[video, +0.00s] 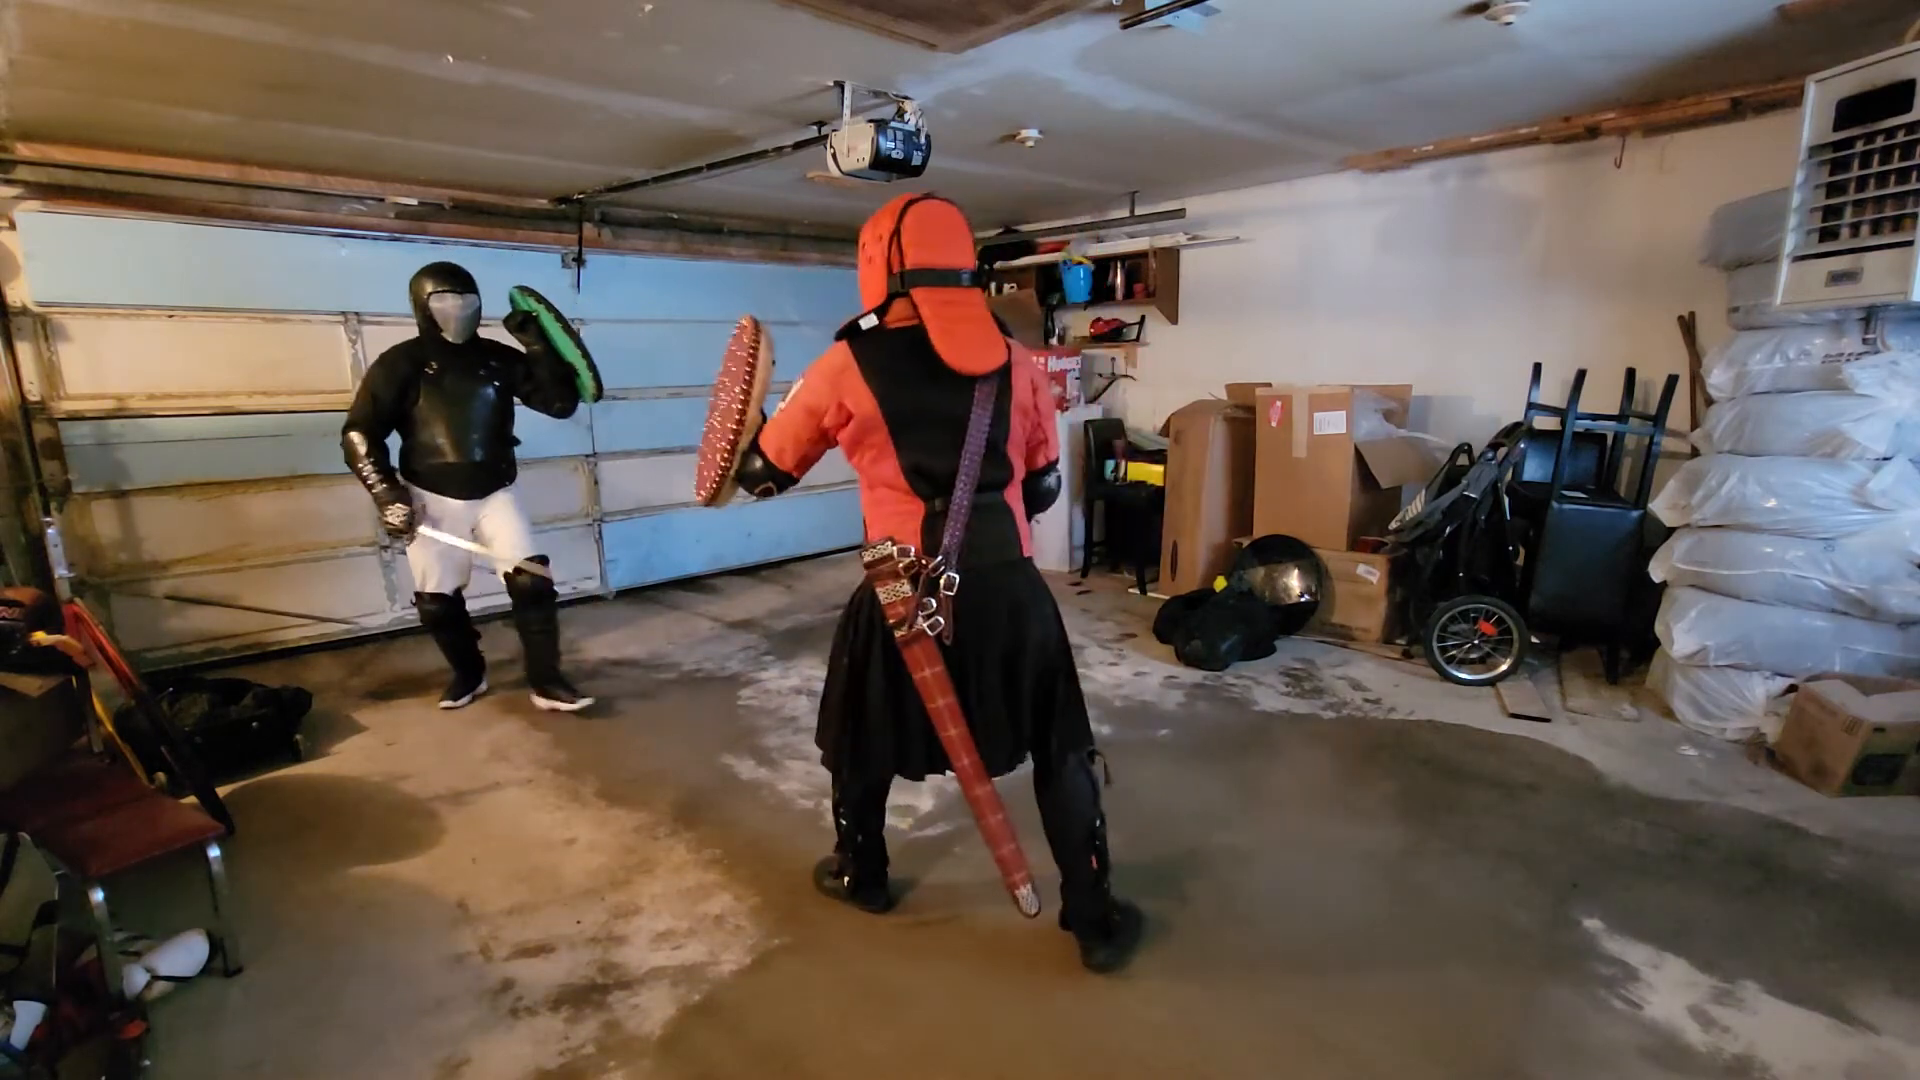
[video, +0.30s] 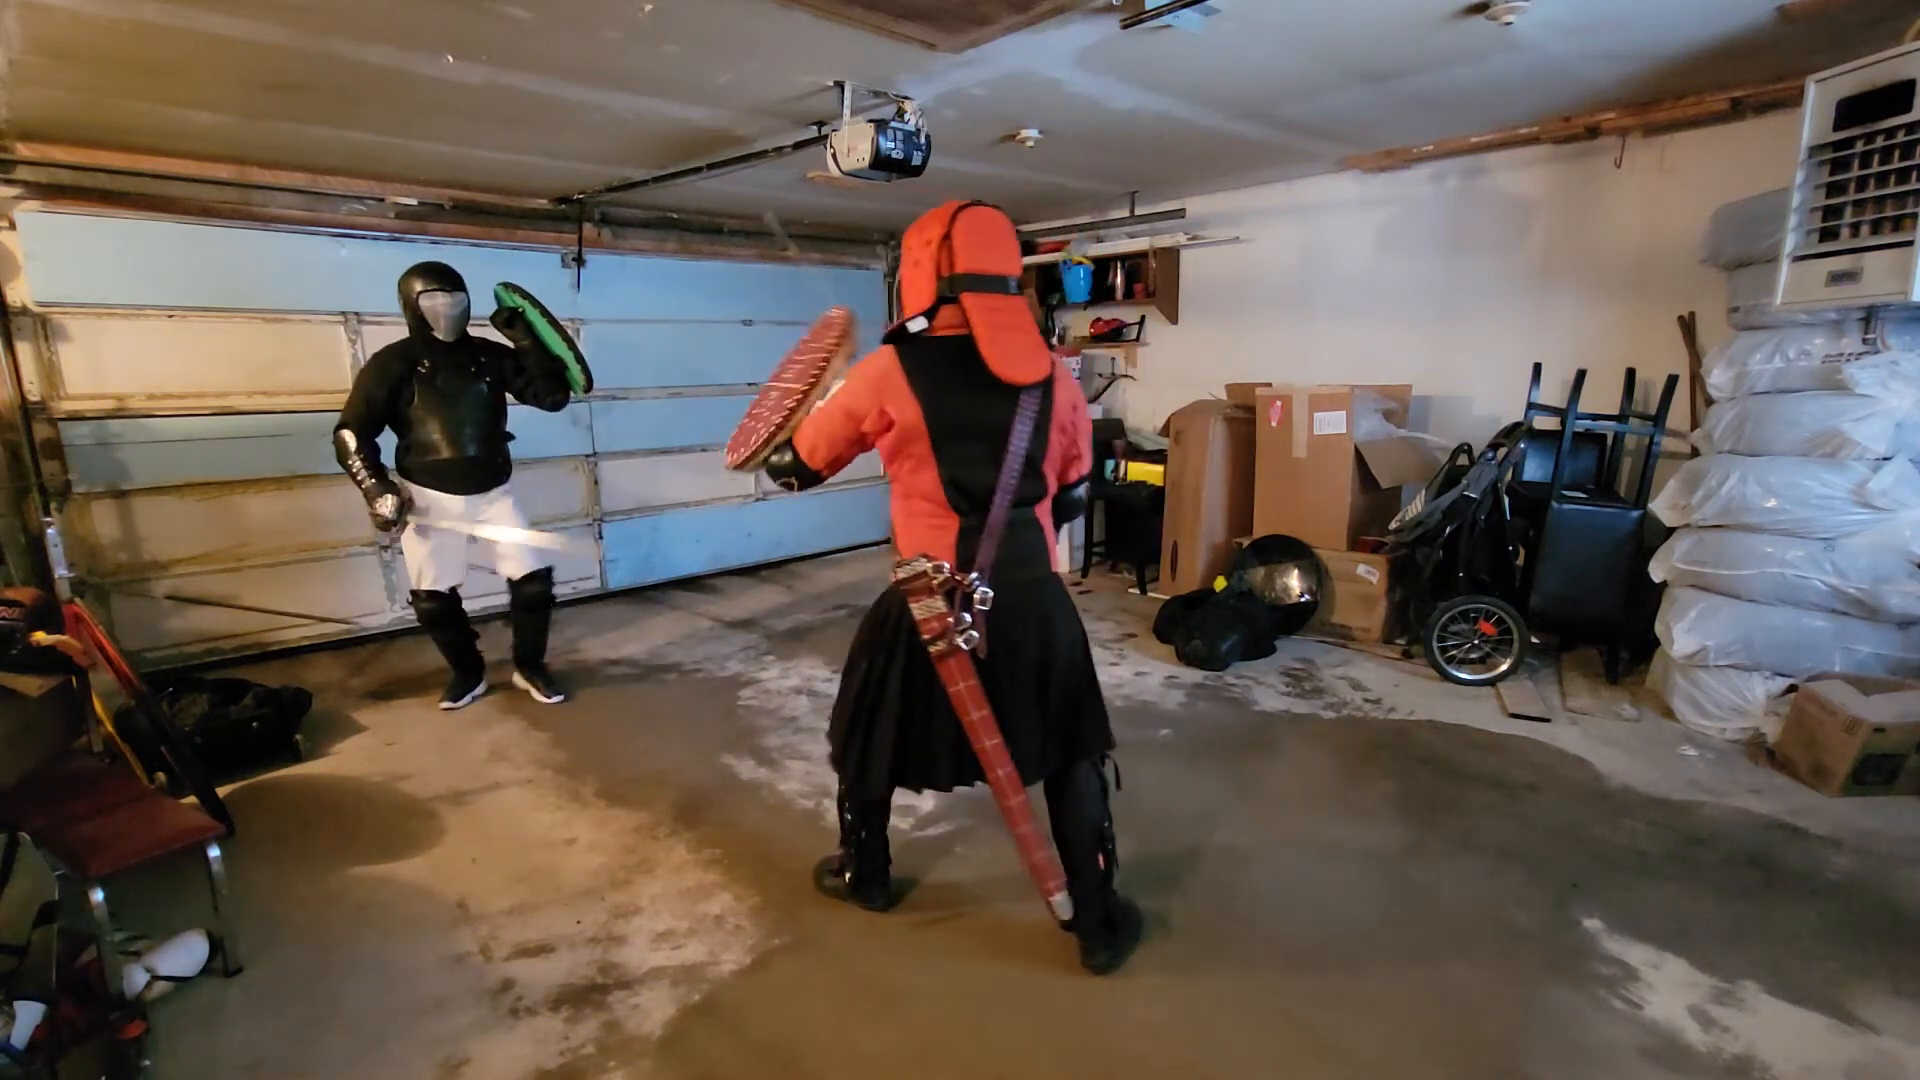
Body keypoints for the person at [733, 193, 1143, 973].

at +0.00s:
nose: (864, 279)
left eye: (869, 267)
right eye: (872, 268)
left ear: (883, 269)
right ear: (966, 267)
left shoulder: (850, 363)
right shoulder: (1017, 362)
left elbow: (767, 470)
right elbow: (1042, 488)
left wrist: (756, 436)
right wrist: (977, 489)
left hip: (903, 582)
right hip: (1008, 577)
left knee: (861, 721)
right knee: (1060, 734)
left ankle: (861, 864)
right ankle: (1094, 915)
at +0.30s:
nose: (901, 286)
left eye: (906, 273)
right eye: (903, 273)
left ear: (926, 278)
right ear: (1005, 276)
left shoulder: (892, 370)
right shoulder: (1053, 374)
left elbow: (806, 458)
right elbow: (1070, 478)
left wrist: (784, 456)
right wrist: (1006, 468)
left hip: (927, 599)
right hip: (1033, 595)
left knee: (867, 721)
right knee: (1072, 741)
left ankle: (868, 868)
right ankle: (1100, 921)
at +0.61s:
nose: (896, 286)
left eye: (901, 274)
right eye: (901, 274)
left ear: (917, 279)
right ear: (997, 278)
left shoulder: (882, 372)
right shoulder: (1046, 376)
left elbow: (795, 456)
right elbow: (1064, 484)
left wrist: (780, 454)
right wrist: (1007, 500)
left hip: (915, 597)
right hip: (1021, 596)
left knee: (860, 709)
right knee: (1058, 746)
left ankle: (849, 856)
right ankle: (1095, 920)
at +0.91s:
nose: (859, 281)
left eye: (863, 269)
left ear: (872, 272)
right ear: (957, 270)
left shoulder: (843, 361)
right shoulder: (999, 363)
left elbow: (760, 435)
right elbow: (1028, 487)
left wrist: (744, 392)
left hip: (891, 577)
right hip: (993, 570)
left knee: (844, 704)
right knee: (1058, 715)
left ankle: (846, 852)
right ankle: (1102, 887)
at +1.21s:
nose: (902, 305)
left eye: (907, 293)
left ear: (919, 298)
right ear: (1007, 291)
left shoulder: (897, 383)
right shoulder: (1056, 382)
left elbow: (815, 429)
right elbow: (1090, 481)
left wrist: (825, 336)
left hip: (939, 599)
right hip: (1044, 596)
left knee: (870, 719)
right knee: (1105, 738)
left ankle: (850, 857)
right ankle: (1148, 907)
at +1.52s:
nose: (988, 299)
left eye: (993, 286)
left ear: (1004, 291)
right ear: (1087, 289)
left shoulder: (975, 376)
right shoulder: (1135, 383)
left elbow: (884, 424)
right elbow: (1172, 499)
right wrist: (1132, 550)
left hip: (994, 605)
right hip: (1102, 605)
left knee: (919, 714)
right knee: (1133, 748)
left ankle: (880, 839)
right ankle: (1153, 902)